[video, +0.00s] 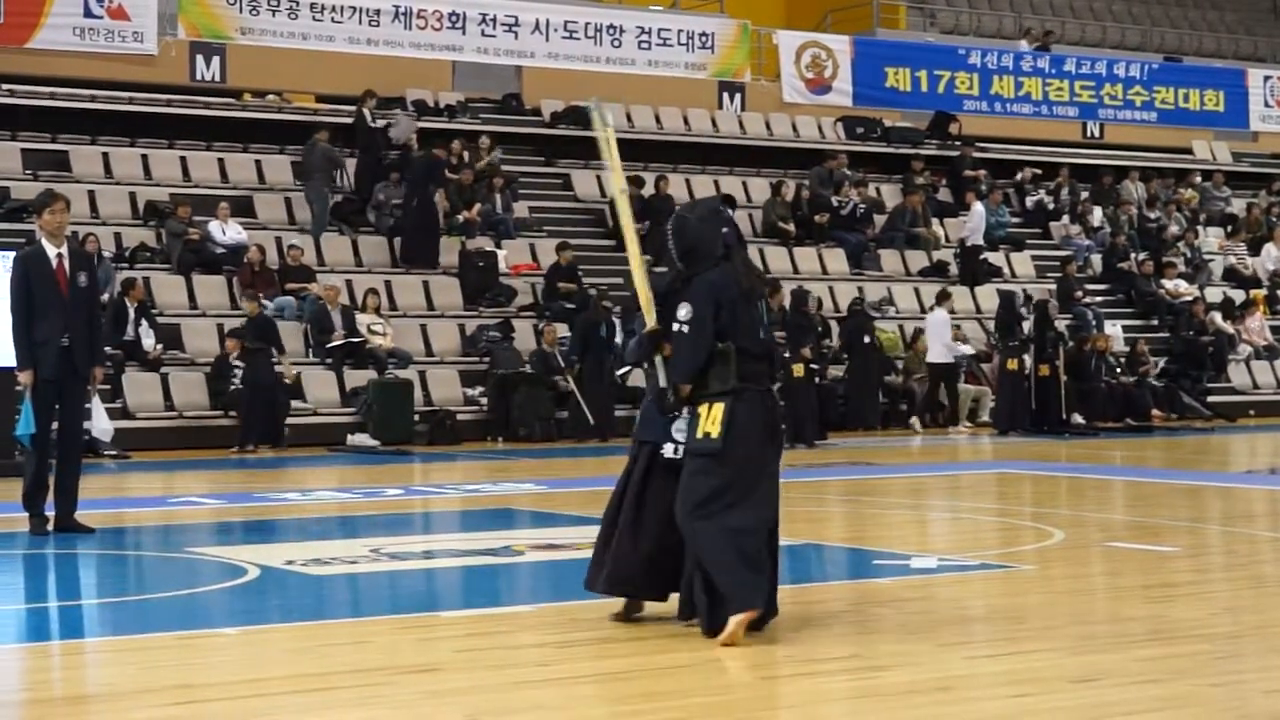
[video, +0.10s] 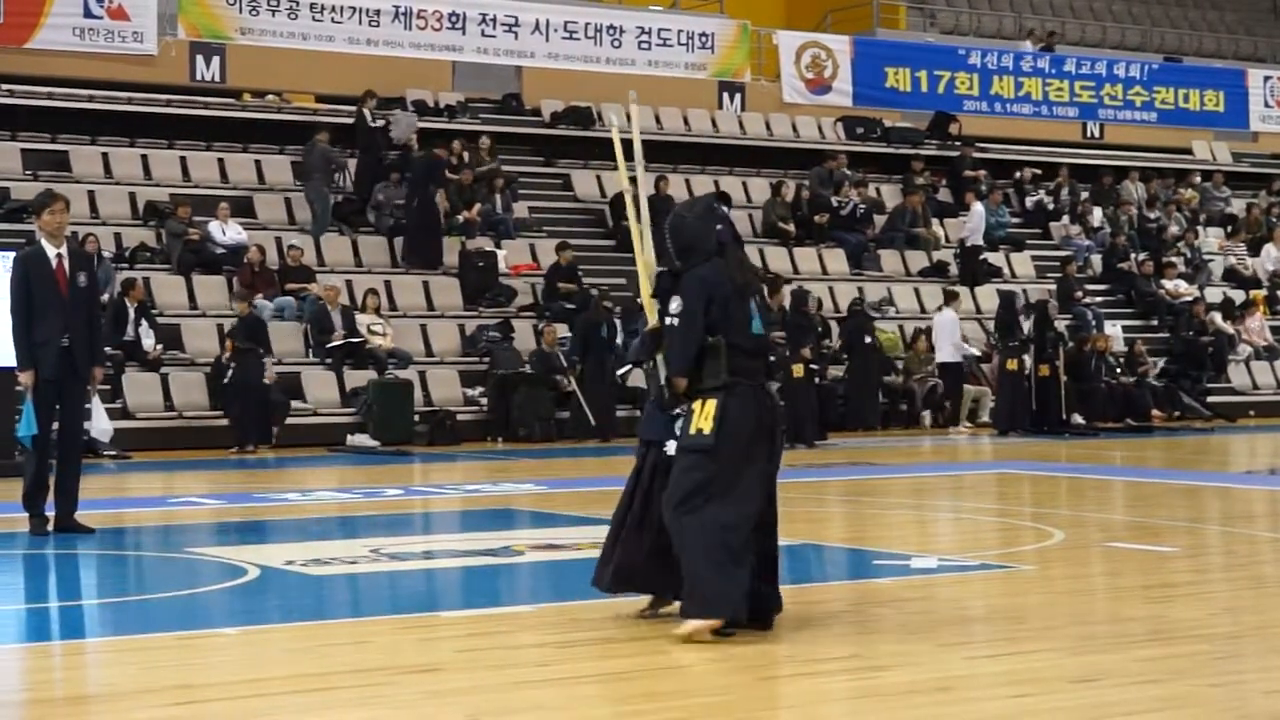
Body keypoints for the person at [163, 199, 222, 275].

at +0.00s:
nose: (186, 210)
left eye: (188, 207)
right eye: (183, 207)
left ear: (191, 210)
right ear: (176, 210)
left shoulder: (194, 223)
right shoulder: (171, 222)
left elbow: (206, 234)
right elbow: (179, 230)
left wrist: (198, 236)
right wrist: (197, 231)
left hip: (200, 249)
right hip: (182, 250)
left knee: (215, 260)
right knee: (187, 262)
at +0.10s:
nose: (186, 210)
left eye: (188, 207)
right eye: (183, 207)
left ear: (191, 210)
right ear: (176, 210)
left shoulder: (194, 223)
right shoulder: (171, 223)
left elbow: (206, 234)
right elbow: (179, 231)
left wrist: (198, 236)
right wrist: (197, 231)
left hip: (200, 249)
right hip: (182, 250)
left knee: (215, 260)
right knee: (187, 262)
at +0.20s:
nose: (186, 211)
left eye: (188, 208)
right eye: (182, 208)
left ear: (191, 211)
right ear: (176, 211)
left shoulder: (193, 224)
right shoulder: (170, 223)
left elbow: (206, 234)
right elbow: (179, 231)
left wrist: (197, 237)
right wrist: (197, 232)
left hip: (199, 250)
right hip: (182, 251)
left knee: (215, 261)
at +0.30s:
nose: (185, 211)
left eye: (187, 208)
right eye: (182, 208)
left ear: (190, 211)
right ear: (176, 211)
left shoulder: (193, 224)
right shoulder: (170, 223)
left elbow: (205, 235)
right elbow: (178, 231)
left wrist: (196, 237)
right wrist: (196, 232)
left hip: (199, 250)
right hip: (181, 251)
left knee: (215, 261)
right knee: (186, 263)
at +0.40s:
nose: (185, 211)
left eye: (187, 208)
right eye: (182, 208)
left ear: (190, 211)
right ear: (176, 211)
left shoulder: (193, 224)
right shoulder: (170, 223)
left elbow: (205, 235)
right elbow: (177, 231)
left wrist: (197, 237)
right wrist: (196, 232)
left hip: (199, 250)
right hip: (181, 251)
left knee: (214, 261)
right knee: (186, 263)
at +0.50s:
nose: (185, 211)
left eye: (187, 208)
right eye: (182, 208)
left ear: (190, 211)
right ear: (176, 211)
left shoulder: (193, 224)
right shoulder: (170, 223)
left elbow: (205, 235)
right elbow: (176, 231)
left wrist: (197, 237)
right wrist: (195, 232)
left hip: (199, 250)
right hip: (181, 251)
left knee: (214, 261)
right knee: (186, 264)